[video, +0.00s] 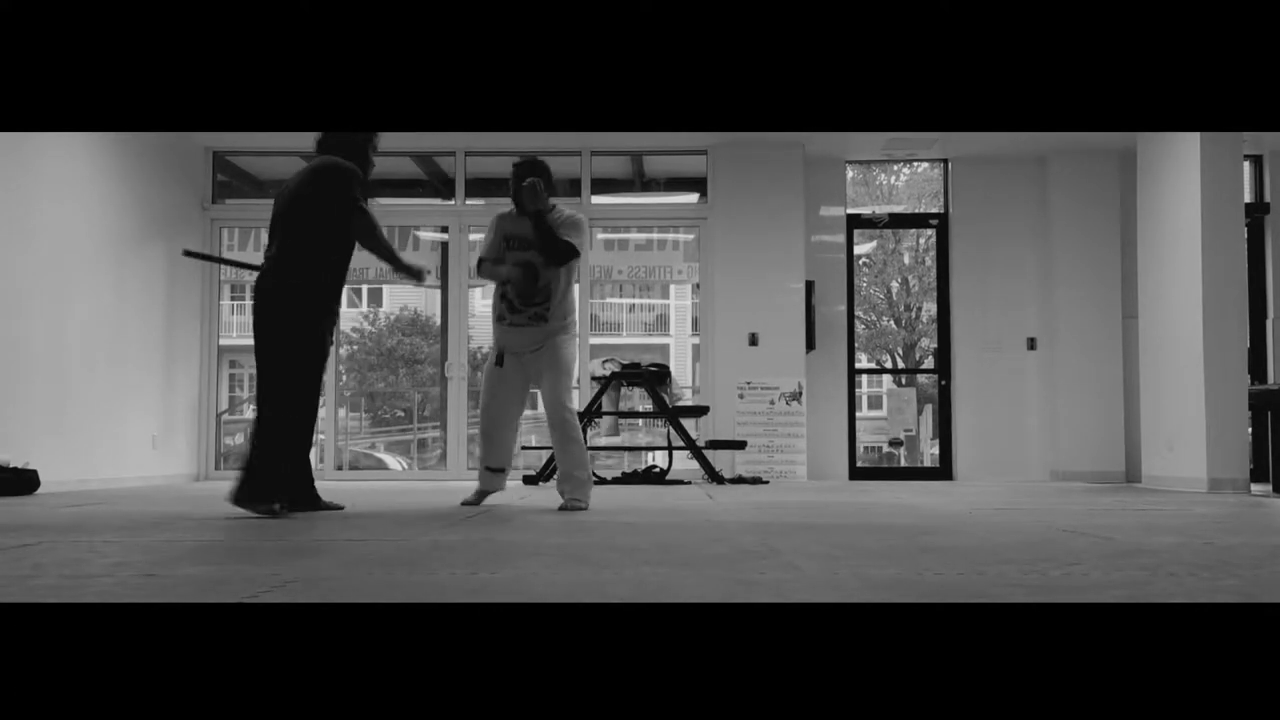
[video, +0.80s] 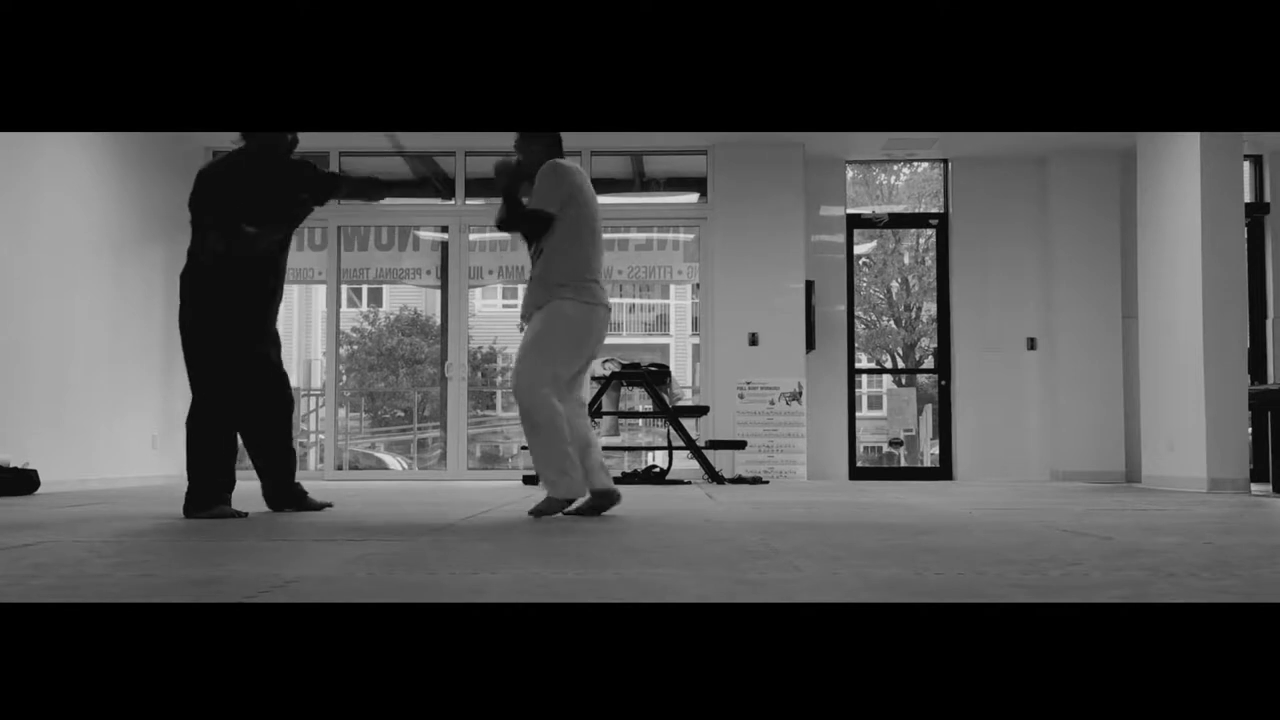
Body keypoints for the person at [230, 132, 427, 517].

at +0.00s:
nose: (372, 161)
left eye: (373, 152)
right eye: (370, 151)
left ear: (328, 145)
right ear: (353, 148)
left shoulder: (296, 183)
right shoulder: (342, 178)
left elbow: (279, 248)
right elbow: (366, 233)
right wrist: (402, 265)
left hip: (274, 299)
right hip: (303, 305)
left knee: (294, 398)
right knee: (288, 397)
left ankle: (299, 491)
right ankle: (255, 490)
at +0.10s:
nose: (366, 161)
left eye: (366, 153)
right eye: (362, 151)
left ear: (326, 143)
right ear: (345, 147)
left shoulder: (305, 178)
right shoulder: (328, 174)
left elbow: (302, 257)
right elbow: (368, 224)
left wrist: (351, 285)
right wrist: (410, 243)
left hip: (281, 302)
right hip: (288, 305)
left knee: (290, 396)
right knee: (278, 393)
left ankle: (297, 497)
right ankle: (220, 484)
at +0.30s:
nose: (353, 161)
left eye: (354, 153)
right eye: (349, 151)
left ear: (323, 146)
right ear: (328, 146)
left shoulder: (312, 196)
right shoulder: (299, 166)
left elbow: (345, 265)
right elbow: (339, 209)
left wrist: (404, 261)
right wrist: (374, 211)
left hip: (282, 314)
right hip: (258, 309)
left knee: (289, 403)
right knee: (246, 397)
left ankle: (296, 497)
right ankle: (204, 493)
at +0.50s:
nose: (329, 152)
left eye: (329, 145)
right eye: (324, 143)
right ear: (299, 140)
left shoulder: (302, 191)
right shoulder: (258, 165)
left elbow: (344, 242)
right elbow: (284, 211)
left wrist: (387, 207)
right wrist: (328, 195)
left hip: (273, 317)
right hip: (233, 310)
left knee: (286, 401)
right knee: (231, 399)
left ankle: (294, 495)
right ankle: (206, 500)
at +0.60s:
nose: (318, 143)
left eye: (317, 136)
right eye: (311, 135)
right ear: (286, 135)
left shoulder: (301, 186)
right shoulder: (240, 167)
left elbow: (348, 223)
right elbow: (266, 214)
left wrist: (373, 178)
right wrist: (316, 198)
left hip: (267, 314)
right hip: (223, 308)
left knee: (279, 400)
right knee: (223, 400)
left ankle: (292, 494)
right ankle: (206, 500)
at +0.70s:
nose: (305, 142)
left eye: (305, 136)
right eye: (300, 136)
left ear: (262, 136)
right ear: (282, 137)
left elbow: (351, 203)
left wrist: (376, 170)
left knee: (273, 401)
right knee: (219, 401)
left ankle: (292, 494)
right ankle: (205, 501)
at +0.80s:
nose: (294, 142)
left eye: (292, 137)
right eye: (292, 137)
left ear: (248, 137)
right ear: (284, 139)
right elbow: (357, 187)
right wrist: (422, 187)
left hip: (200, 311)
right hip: (247, 316)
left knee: (210, 404)